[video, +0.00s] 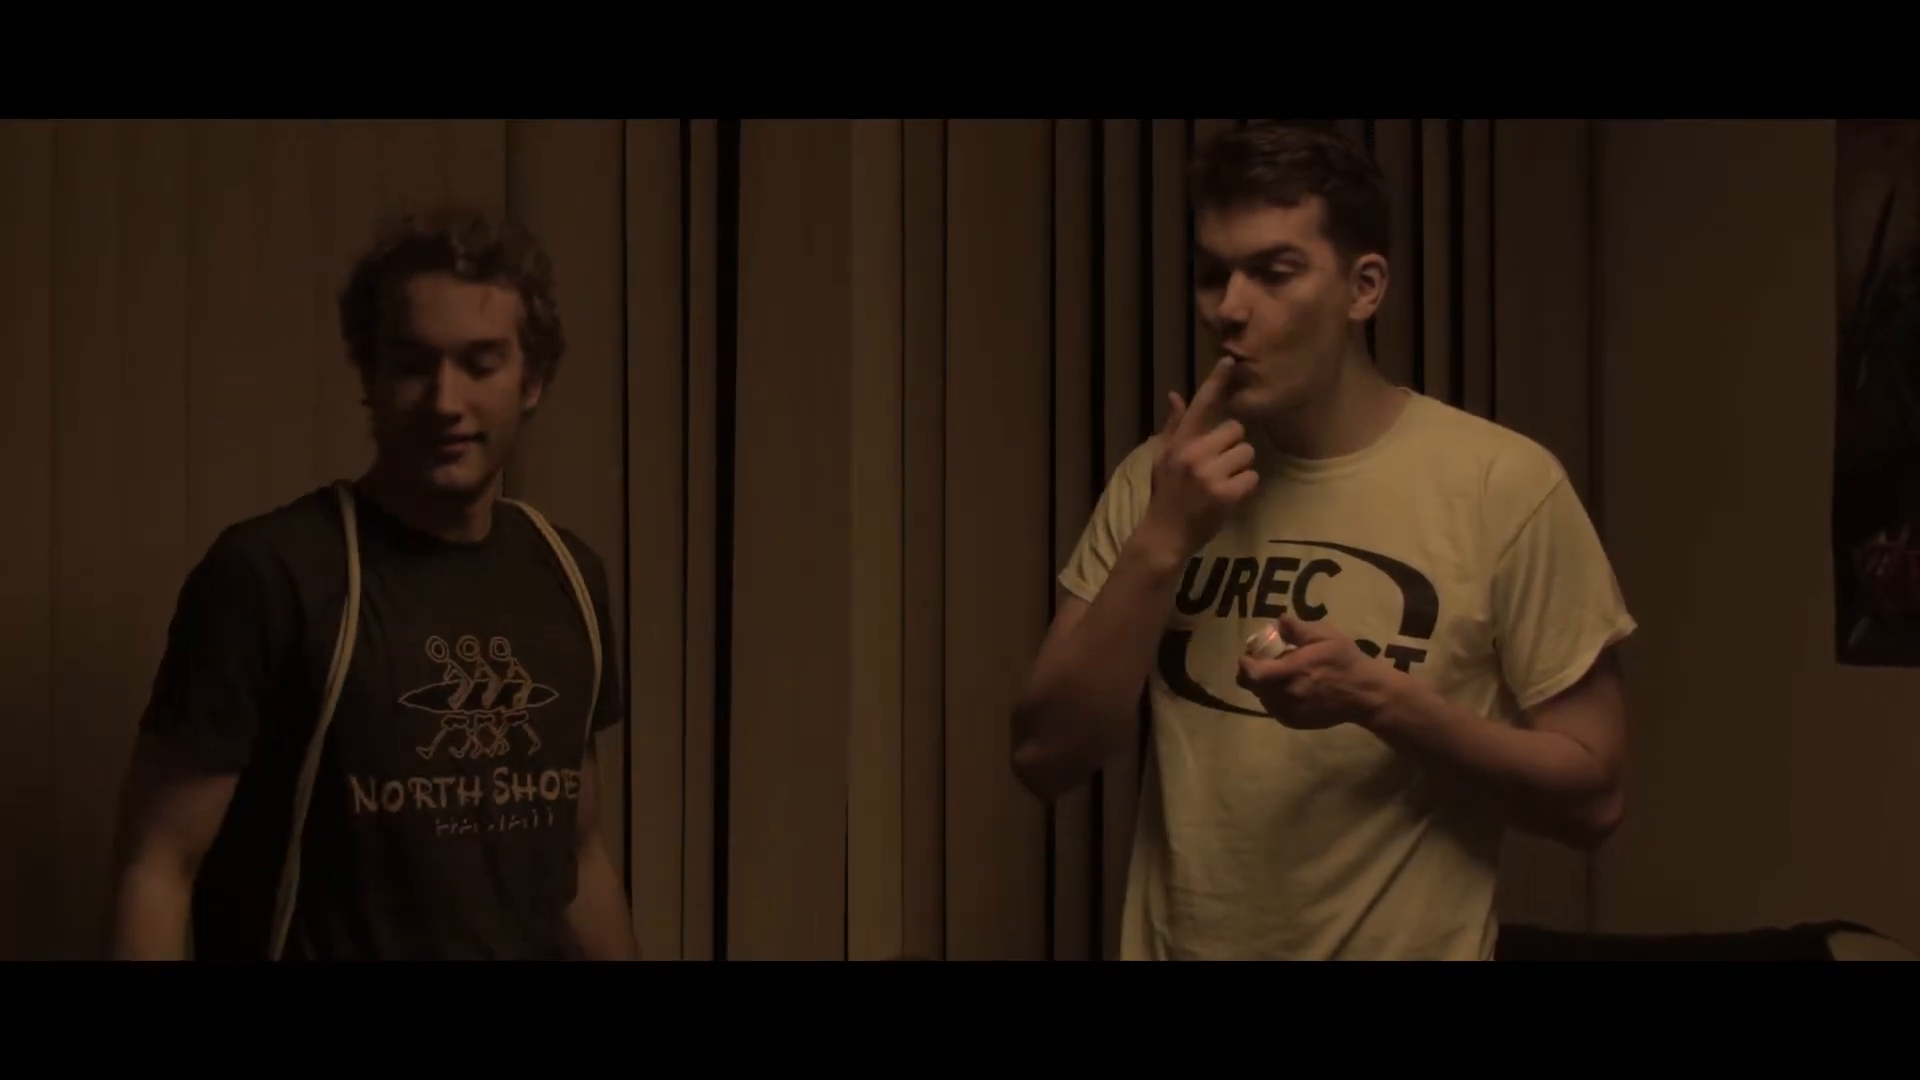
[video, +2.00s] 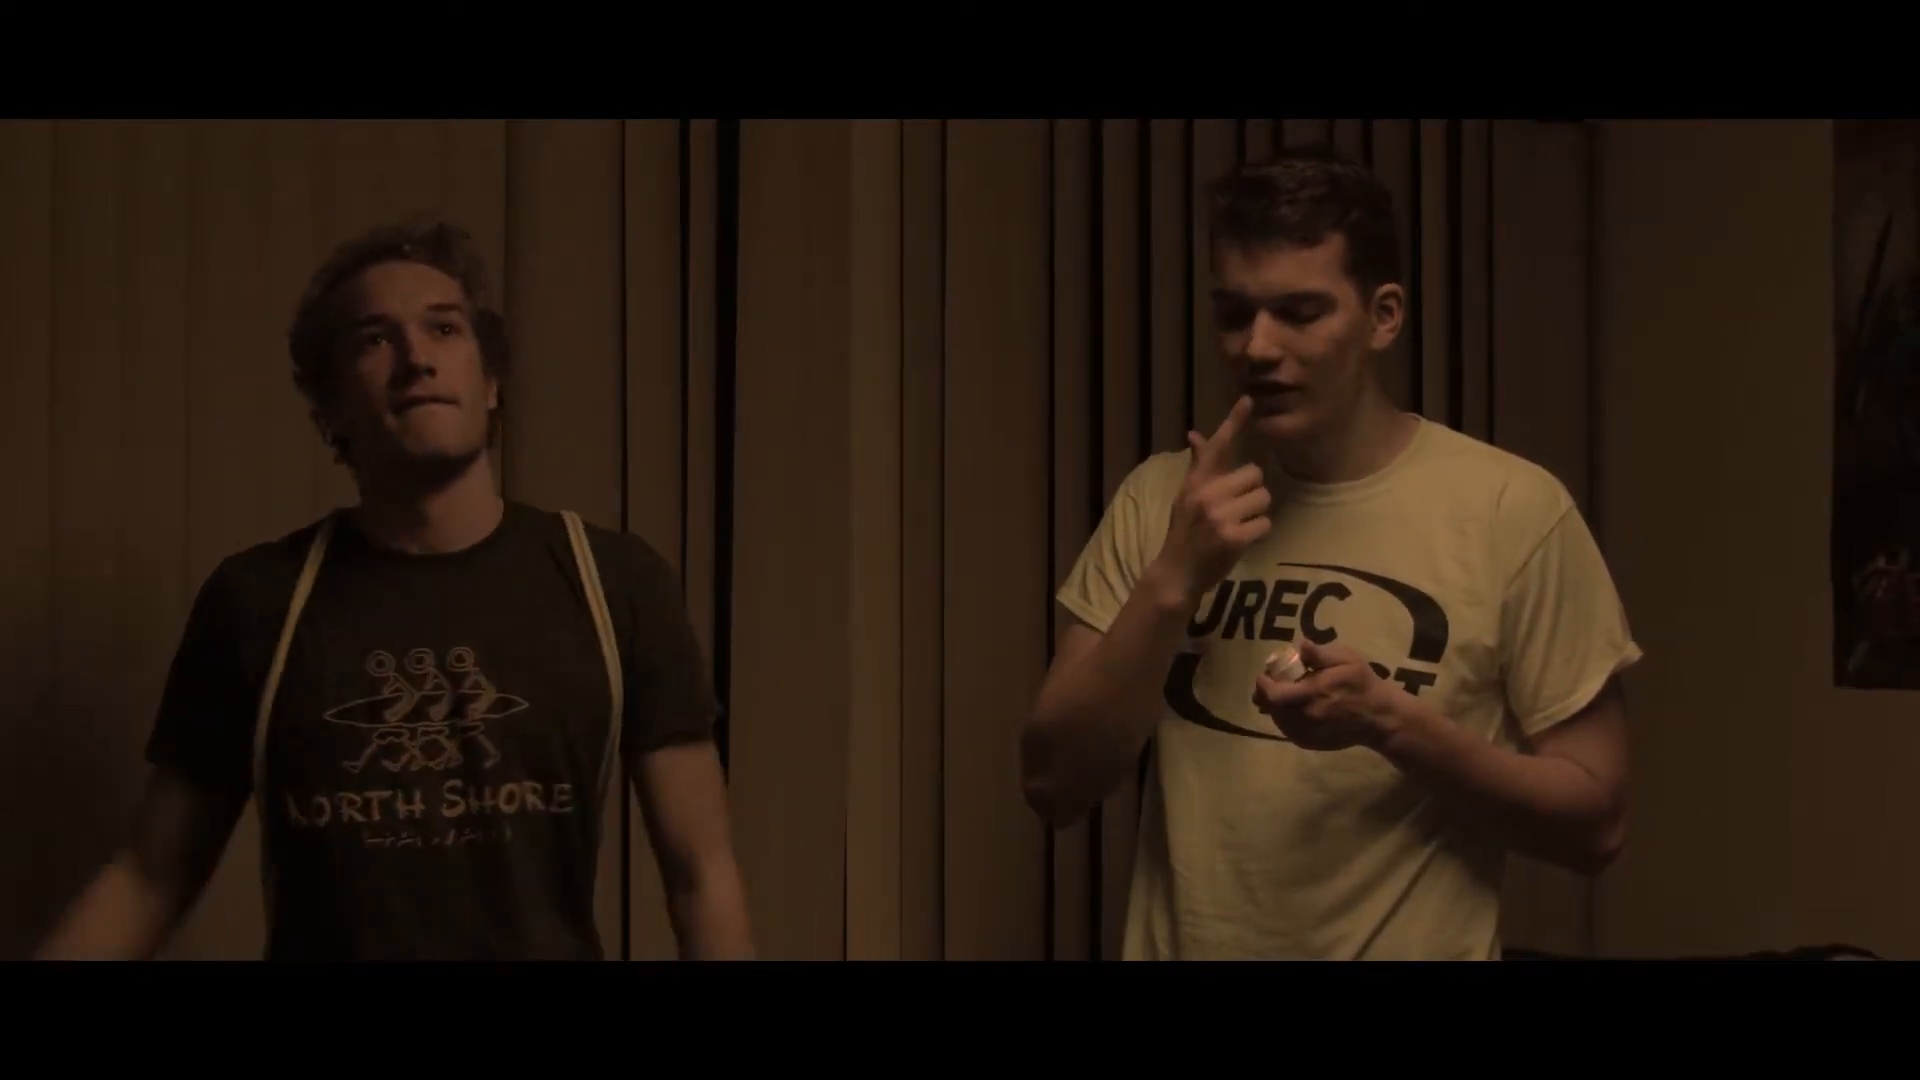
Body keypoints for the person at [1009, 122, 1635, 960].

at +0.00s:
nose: (1228, 310)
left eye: (1275, 272)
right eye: (1215, 275)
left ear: (1365, 287)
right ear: (1198, 283)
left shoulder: (1508, 489)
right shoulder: (1157, 478)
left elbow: (1593, 795)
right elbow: (1044, 757)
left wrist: (1383, 696)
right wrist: (1162, 536)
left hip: (1407, 946)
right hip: (1173, 942)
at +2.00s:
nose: (1258, 348)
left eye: (1300, 311)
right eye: (1235, 315)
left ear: (1384, 316)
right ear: (1215, 320)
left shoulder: (1514, 514)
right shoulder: (1158, 500)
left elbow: (1596, 818)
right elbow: (1054, 784)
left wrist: (1390, 720)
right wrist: (1173, 576)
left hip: (1413, 950)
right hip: (1176, 946)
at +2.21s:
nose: (1287, 363)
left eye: (1327, 325)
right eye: (1258, 326)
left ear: (1399, 320)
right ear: (1231, 318)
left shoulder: (1516, 516)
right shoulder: (1154, 504)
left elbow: (1593, 820)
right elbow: (1073, 804)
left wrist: (1395, 718)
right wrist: (1160, 686)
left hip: (1417, 946)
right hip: (1179, 944)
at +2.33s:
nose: (1291, 367)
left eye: (1332, 329)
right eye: (1261, 329)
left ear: (1402, 322)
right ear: (1234, 319)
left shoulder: (1516, 516)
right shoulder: (1156, 503)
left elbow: (1593, 820)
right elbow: (1071, 797)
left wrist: (1394, 720)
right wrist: (1162, 703)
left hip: (1415, 947)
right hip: (1181, 944)